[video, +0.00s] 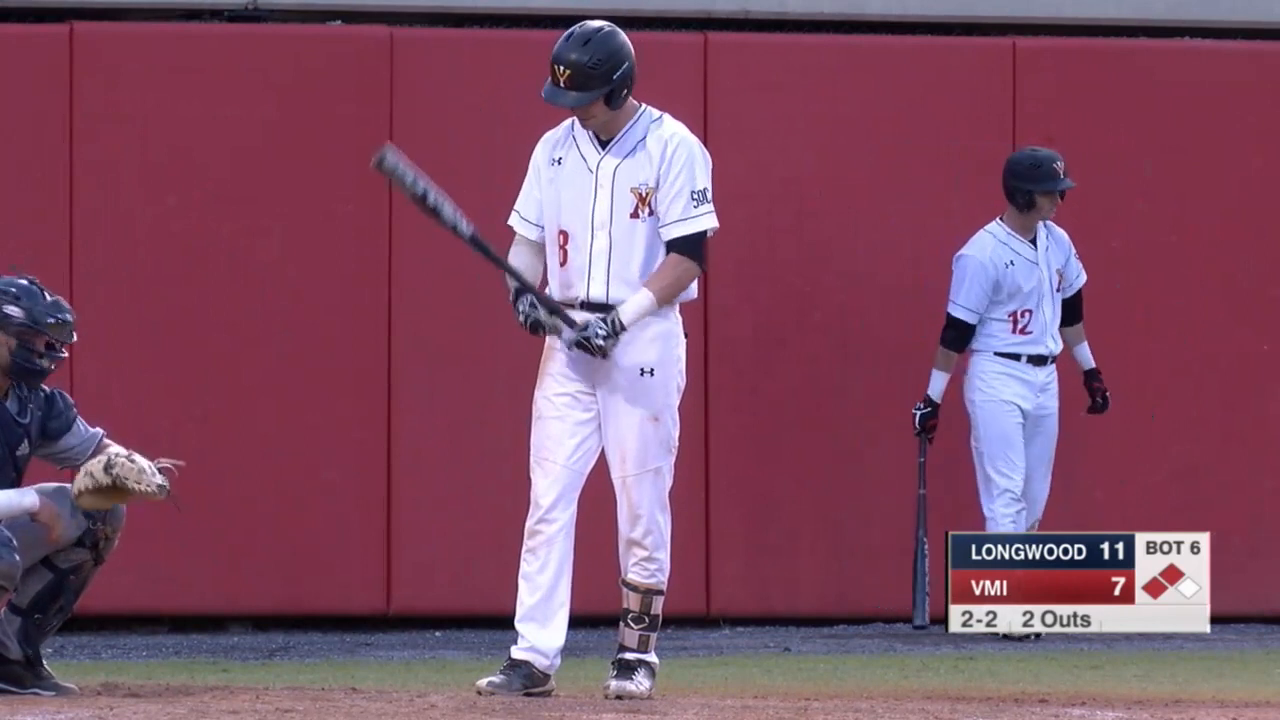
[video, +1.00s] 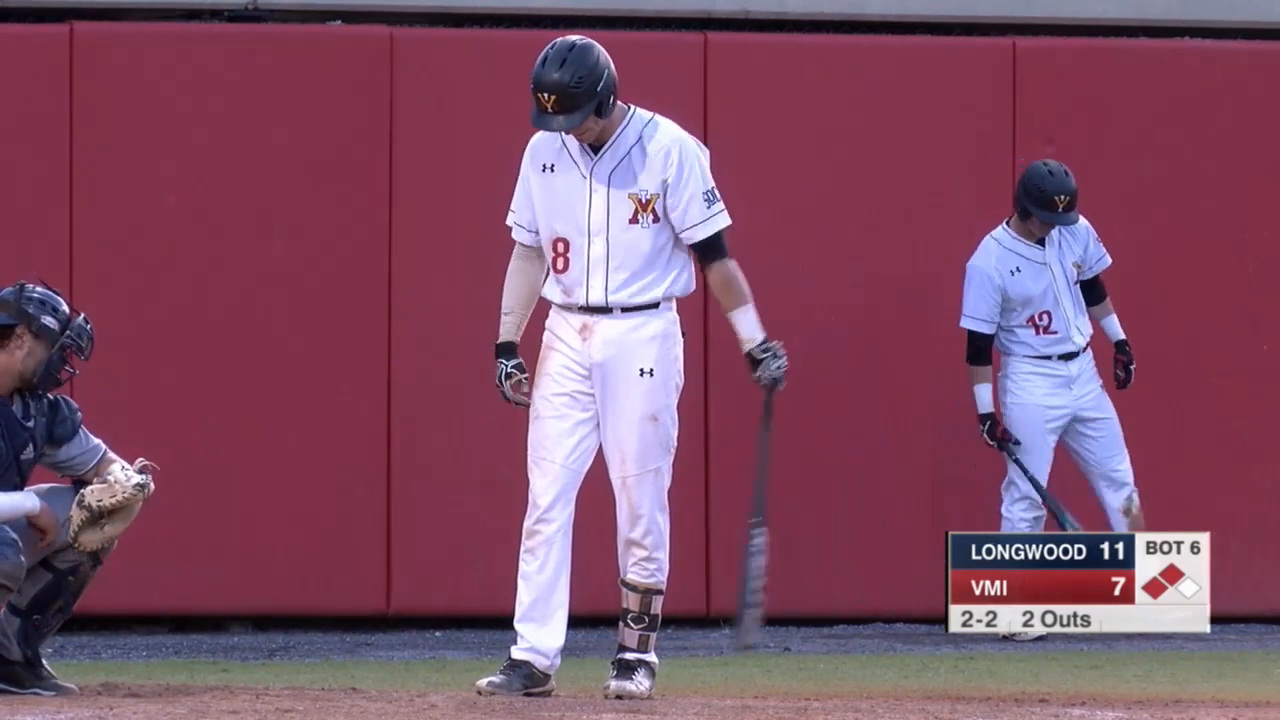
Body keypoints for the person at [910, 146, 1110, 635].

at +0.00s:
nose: (1060, 200)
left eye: (1060, 192)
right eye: (1054, 193)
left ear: (1036, 194)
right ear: (1026, 195)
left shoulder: (1057, 241)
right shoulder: (981, 253)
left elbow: (1071, 315)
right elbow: (956, 335)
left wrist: (1090, 371)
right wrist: (931, 400)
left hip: (1046, 378)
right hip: (996, 377)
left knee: (1033, 500)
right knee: (1005, 496)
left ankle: (997, 604)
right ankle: (1010, 610)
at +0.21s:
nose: (1053, 192)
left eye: (1052, 184)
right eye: (1045, 186)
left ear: (1028, 190)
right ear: (1019, 191)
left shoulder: (1052, 230)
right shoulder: (979, 255)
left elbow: (1067, 303)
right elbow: (958, 339)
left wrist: (1089, 358)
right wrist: (939, 406)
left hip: (1055, 376)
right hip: (1006, 377)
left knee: (1043, 499)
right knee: (1016, 498)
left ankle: (995, 601)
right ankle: (1008, 612)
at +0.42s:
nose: (1048, 194)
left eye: (1047, 186)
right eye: (1041, 187)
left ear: (1027, 191)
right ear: (1014, 193)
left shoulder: (1052, 228)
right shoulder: (975, 259)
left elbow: (1069, 292)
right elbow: (962, 344)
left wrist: (1099, 338)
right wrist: (958, 413)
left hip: (1059, 374)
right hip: (1010, 378)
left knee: (1059, 495)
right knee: (1018, 496)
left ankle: (1001, 579)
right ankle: (1011, 608)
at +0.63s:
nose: (1043, 214)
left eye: (1046, 206)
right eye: (1035, 207)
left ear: (1047, 198)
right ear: (1009, 203)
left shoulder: (1055, 227)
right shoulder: (974, 261)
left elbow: (1075, 286)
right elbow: (963, 348)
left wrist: (1104, 329)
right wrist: (971, 414)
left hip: (1065, 376)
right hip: (1014, 381)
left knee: (1079, 486)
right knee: (1018, 494)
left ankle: (1057, 587)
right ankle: (1012, 598)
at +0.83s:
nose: (1046, 224)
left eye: (1051, 215)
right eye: (1039, 216)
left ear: (1055, 204)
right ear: (1013, 208)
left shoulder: (1061, 227)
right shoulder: (978, 262)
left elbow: (1083, 286)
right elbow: (967, 344)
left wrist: (1110, 337)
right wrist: (967, 413)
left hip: (1074, 375)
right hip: (1021, 383)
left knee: (1099, 486)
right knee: (1022, 494)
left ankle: (1114, 595)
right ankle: (1015, 604)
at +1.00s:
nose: (1059, 226)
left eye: (1063, 217)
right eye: (1051, 218)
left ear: (1067, 207)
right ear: (1026, 210)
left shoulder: (1073, 229)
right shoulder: (989, 261)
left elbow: (1094, 290)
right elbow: (978, 347)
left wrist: (1121, 342)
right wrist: (986, 414)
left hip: (1084, 376)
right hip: (1030, 384)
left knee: (1121, 487)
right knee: (1025, 501)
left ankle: (1146, 591)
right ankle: (1012, 607)